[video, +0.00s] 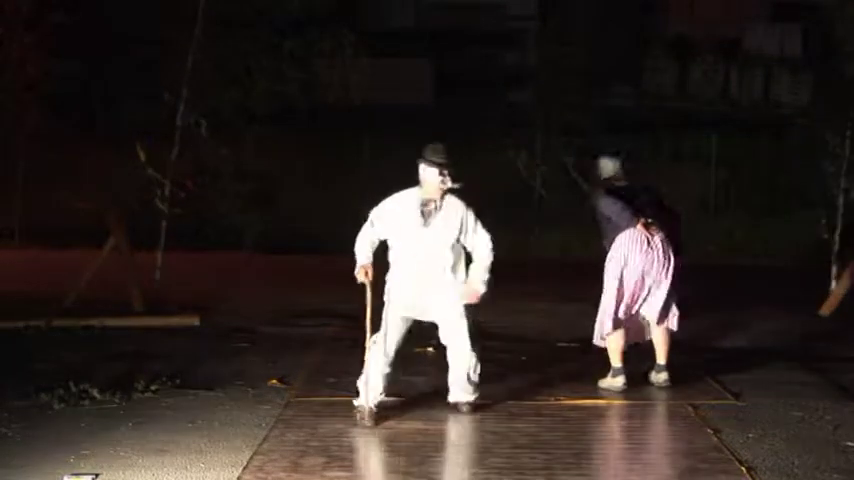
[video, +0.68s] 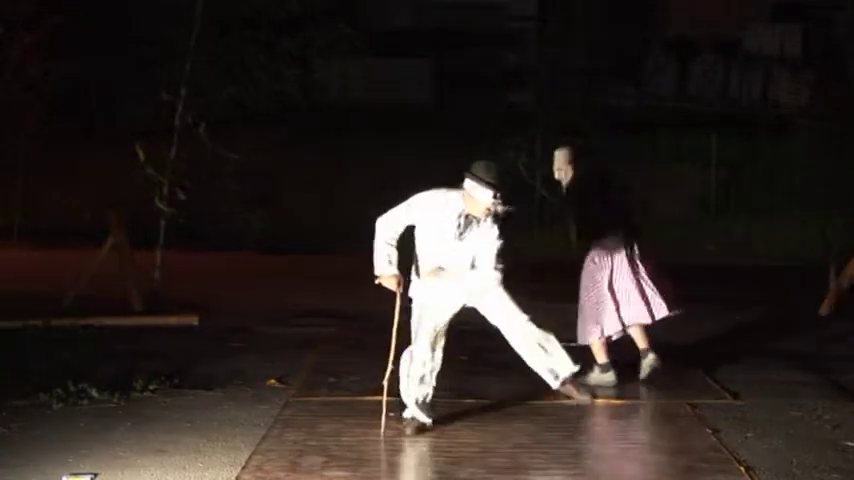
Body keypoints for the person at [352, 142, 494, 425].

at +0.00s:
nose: (442, 178)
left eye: (445, 172)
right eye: (436, 172)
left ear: (449, 176)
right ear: (421, 172)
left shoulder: (457, 210)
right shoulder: (397, 205)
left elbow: (482, 245)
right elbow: (370, 231)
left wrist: (476, 282)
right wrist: (364, 260)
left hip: (444, 291)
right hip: (403, 290)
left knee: (460, 345)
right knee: (385, 345)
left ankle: (463, 398)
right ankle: (367, 400)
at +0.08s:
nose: (446, 180)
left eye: (448, 174)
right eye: (439, 174)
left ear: (451, 177)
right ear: (424, 174)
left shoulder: (456, 213)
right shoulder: (396, 204)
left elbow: (476, 260)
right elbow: (367, 229)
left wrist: (457, 287)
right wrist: (363, 261)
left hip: (442, 287)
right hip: (402, 289)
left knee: (469, 337)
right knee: (389, 346)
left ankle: (466, 391)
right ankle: (368, 403)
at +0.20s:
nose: (459, 180)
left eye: (460, 173)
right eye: (452, 173)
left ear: (461, 176)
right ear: (434, 172)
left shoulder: (463, 210)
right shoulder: (402, 199)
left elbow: (470, 257)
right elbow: (367, 220)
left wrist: (430, 264)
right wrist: (365, 254)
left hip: (450, 281)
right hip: (407, 280)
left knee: (473, 333)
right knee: (393, 338)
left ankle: (469, 403)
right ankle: (370, 403)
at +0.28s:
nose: (464, 180)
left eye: (465, 174)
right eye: (457, 173)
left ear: (467, 176)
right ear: (439, 173)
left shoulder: (468, 209)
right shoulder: (410, 197)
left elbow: (464, 251)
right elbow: (371, 217)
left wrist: (421, 243)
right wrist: (368, 252)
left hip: (453, 282)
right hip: (411, 280)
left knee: (465, 340)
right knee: (397, 336)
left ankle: (468, 407)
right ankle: (383, 402)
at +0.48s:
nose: (476, 199)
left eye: (478, 193)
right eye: (471, 191)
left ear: (478, 193)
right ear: (451, 186)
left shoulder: (474, 225)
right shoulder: (416, 206)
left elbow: (458, 258)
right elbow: (374, 227)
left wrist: (417, 252)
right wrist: (381, 266)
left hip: (462, 287)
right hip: (418, 289)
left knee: (497, 340)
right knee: (418, 351)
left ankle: (502, 399)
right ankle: (417, 413)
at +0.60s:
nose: (484, 206)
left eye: (486, 200)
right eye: (479, 198)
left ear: (486, 199)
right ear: (461, 192)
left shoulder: (480, 229)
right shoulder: (425, 208)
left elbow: (472, 272)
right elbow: (378, 227)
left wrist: (428, 264)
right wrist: (385, 269)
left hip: (470, 286)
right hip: (426, 287)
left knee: (513, 329)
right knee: (420, 347)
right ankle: (416, 411)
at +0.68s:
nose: (491, 207)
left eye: (495, 201)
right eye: (488, 200)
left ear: (494, 200)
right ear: (469, 192)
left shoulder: (488, 227)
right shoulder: (432, 202)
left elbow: (488, 274)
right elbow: (387, 224)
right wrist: (386, 268)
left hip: (475, 283)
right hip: (432, 285)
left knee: (519, 326)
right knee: (424, 346)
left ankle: (563, 378)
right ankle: (415, 410)